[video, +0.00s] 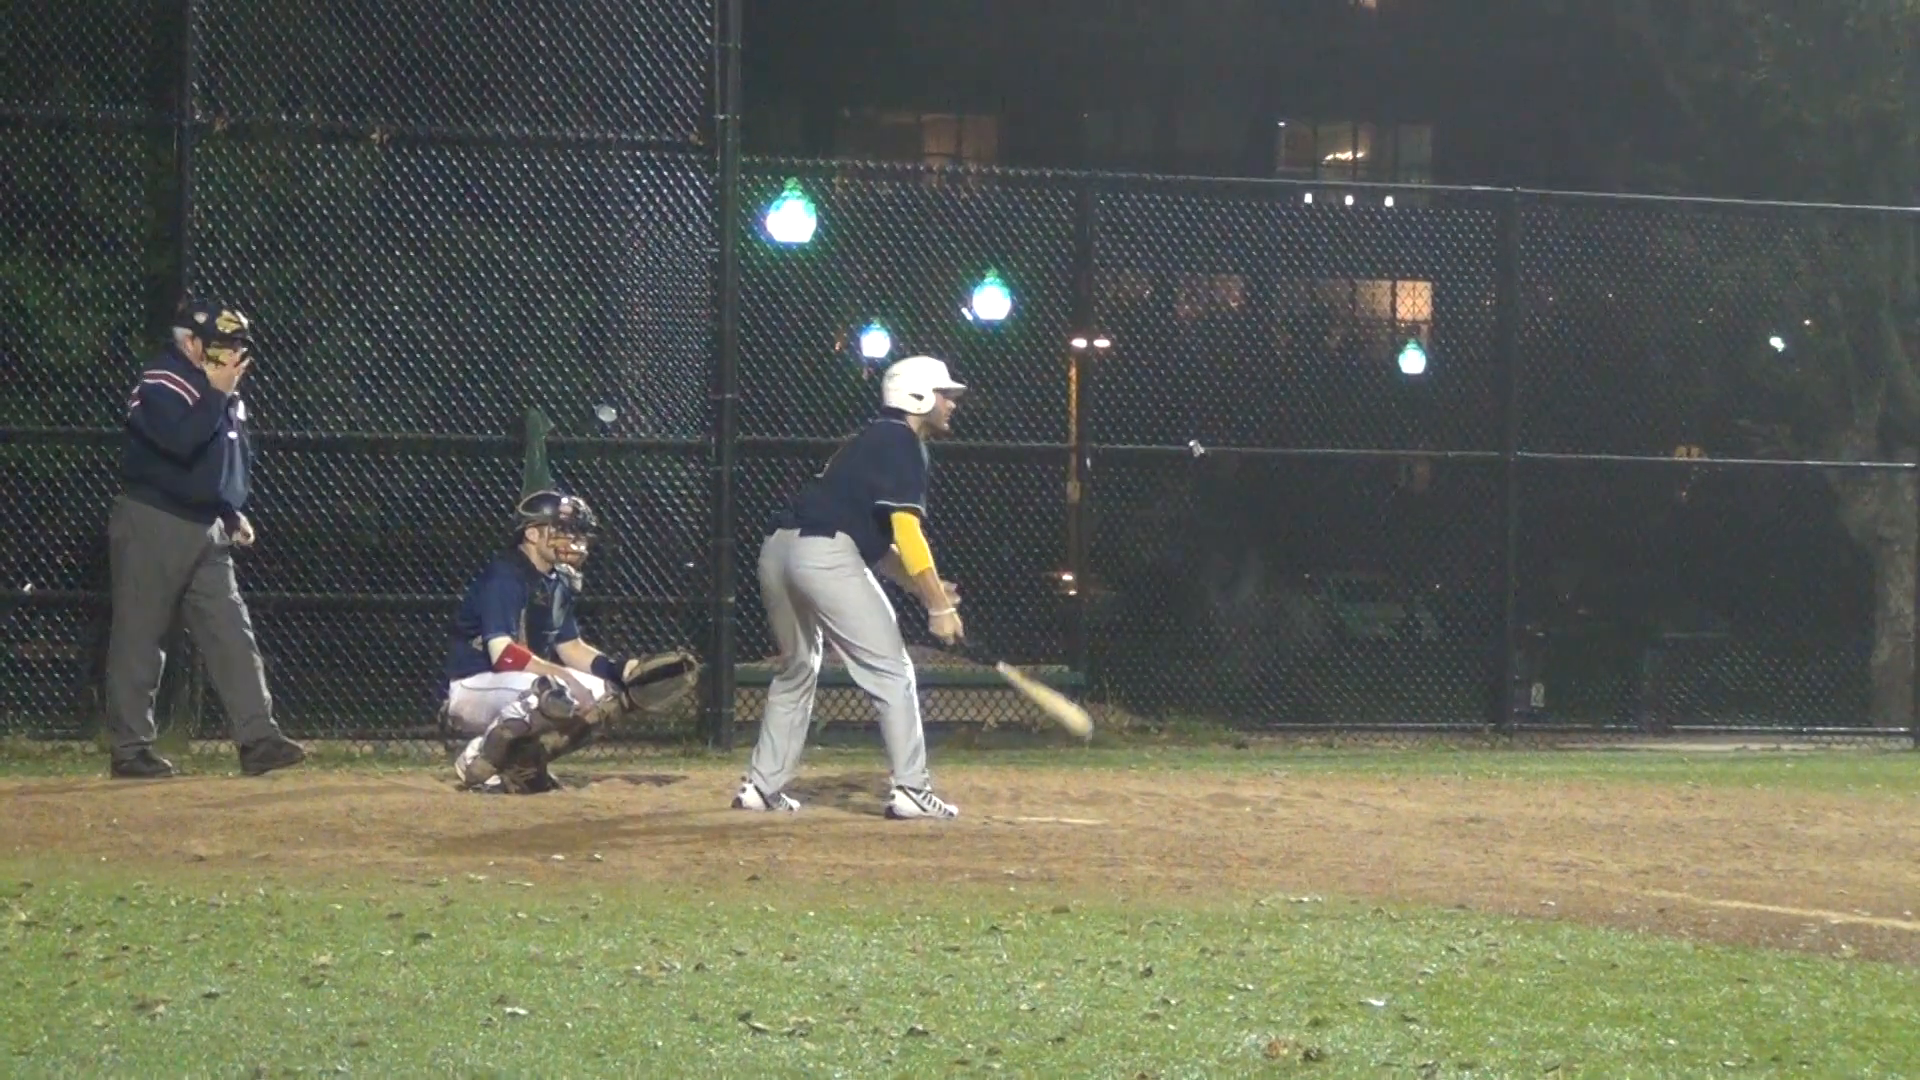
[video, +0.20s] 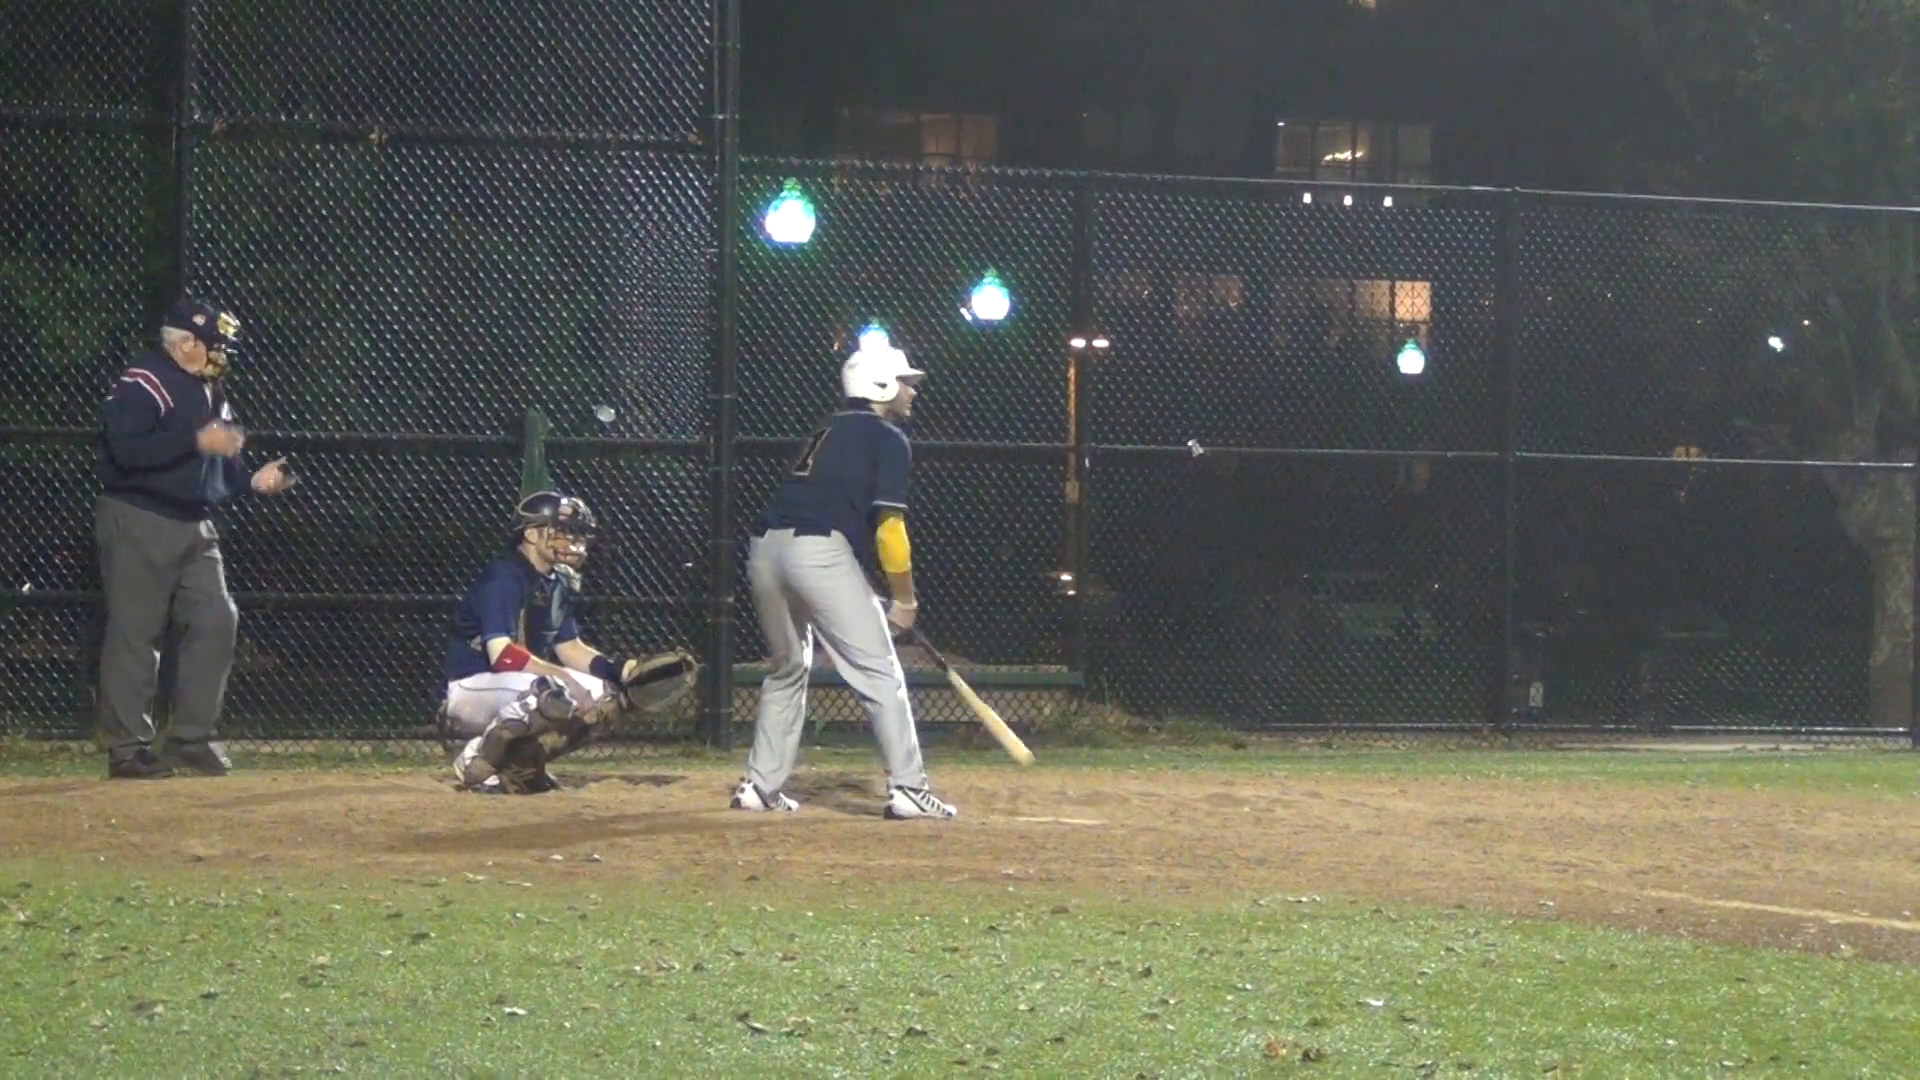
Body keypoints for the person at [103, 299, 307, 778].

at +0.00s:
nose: (233, 360)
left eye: (237, 352)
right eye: (224, 349)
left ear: (238, 354)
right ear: (195, 343)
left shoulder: (226, 393)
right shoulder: (162, 380)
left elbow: (230, 460)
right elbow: (179, 439)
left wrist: (234, 510)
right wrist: (218, 392)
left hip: (206, 530)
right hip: (152, 524)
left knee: (231, 634)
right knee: (139, 637)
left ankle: (259, 742)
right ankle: (131, 749)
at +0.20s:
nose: (216, 353)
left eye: (215, 344)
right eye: (209, 343)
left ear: (202, 346)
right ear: (185, 342)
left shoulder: (212, 394)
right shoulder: (143, 380)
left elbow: (213, 470)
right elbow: (127, 449)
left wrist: (250, 480)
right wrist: (196, 439)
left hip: (194, 528)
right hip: (138, 523)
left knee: (215, 621)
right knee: (136, 631)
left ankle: (190, 740)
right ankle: (127, 748)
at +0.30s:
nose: (218, 355)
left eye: (220, 348)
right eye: (212, 345)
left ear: (203, 347)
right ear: (184, 342)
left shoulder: (213, 399)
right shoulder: (141, 380)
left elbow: (220, 469)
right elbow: (105, 451)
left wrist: (264, 462)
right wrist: (166, 479)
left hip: (188, 529)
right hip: (133, 524)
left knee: (196, 629)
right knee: (135, 628)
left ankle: (168, 740)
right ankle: (127, 746)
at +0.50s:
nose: (221, 356)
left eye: (223, 348)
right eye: (215, 346)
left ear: (202, 347)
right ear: (189, 342)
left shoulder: (211, 395)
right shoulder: (143, 374)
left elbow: (225, 463)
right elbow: (86, 433)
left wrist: (273, 450)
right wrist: (95, 500)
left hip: (181, 526)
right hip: (134, 521)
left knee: (170, 633)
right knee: (136, 630)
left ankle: (161, 742)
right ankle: (127, 747)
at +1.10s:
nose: (176, 345)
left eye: (180, 338)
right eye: (168, 335)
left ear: (182, 341)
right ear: (140, 333)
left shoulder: (177, 390)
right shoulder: (103, 375)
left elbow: (180, 461)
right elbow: (70, 445)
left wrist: (213, 481)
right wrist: (89, 509)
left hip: (160, 528)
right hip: (106, 524)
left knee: (153, 636)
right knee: (97, 635)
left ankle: (147, 748)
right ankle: (84, 753)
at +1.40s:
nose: (153, 353)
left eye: (158, 345)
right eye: (144, 344)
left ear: (160, 346)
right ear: (116, 341)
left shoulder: (153, 392)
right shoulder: (83, 386)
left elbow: (145, 462)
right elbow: (48, 459)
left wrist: (146, 515)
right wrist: (56, 528)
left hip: (138, 532)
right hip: (86, 529)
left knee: (167, 616)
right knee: (81, 639)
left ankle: (162, 742)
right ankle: (76, 753)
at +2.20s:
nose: (150, 359)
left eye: (155, 350)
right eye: (142, 348)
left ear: (155, 351)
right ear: (114, 345)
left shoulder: (144, 395)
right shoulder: (83, 390)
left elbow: (139, 469)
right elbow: (45, 466)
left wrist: (163, 505)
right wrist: (104, 498)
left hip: (127, 533)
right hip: (72, 530)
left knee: (152, 628)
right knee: (78, 637)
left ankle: (166, 749)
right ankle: (76, 756)